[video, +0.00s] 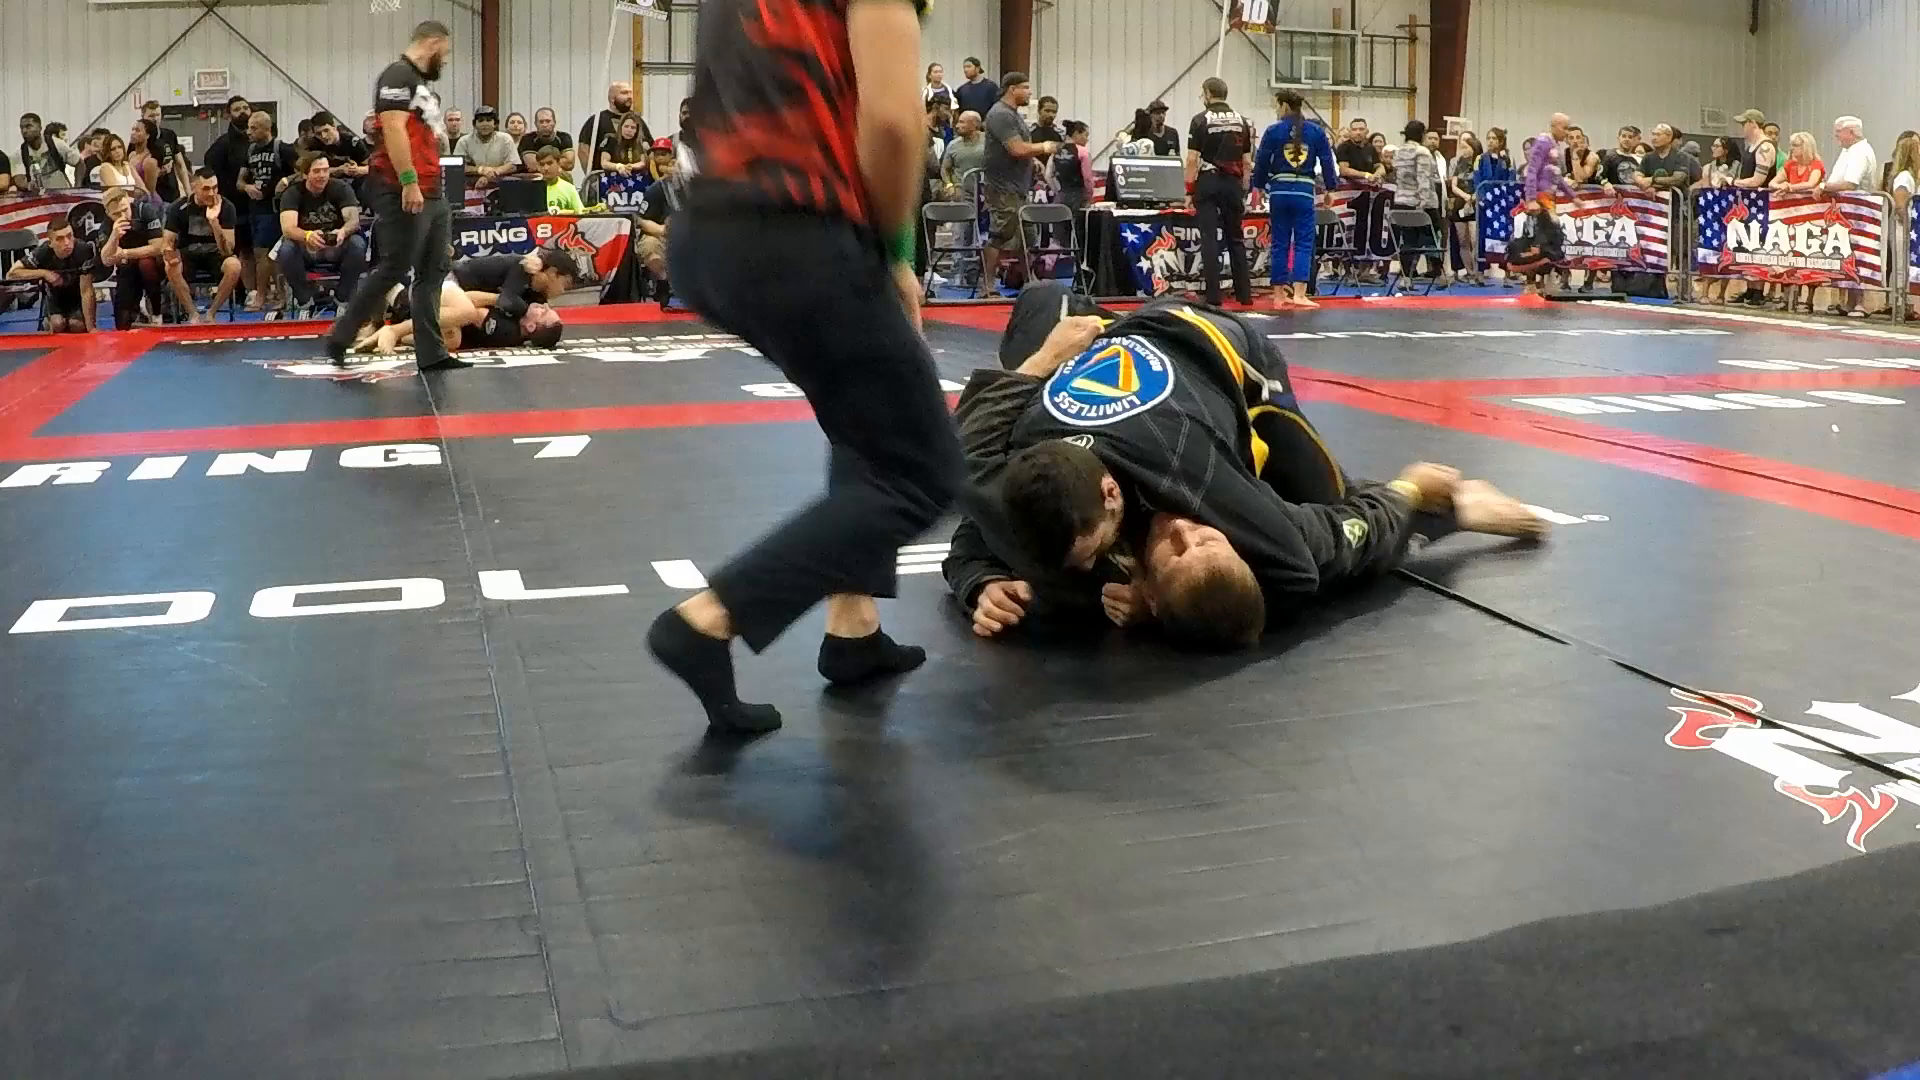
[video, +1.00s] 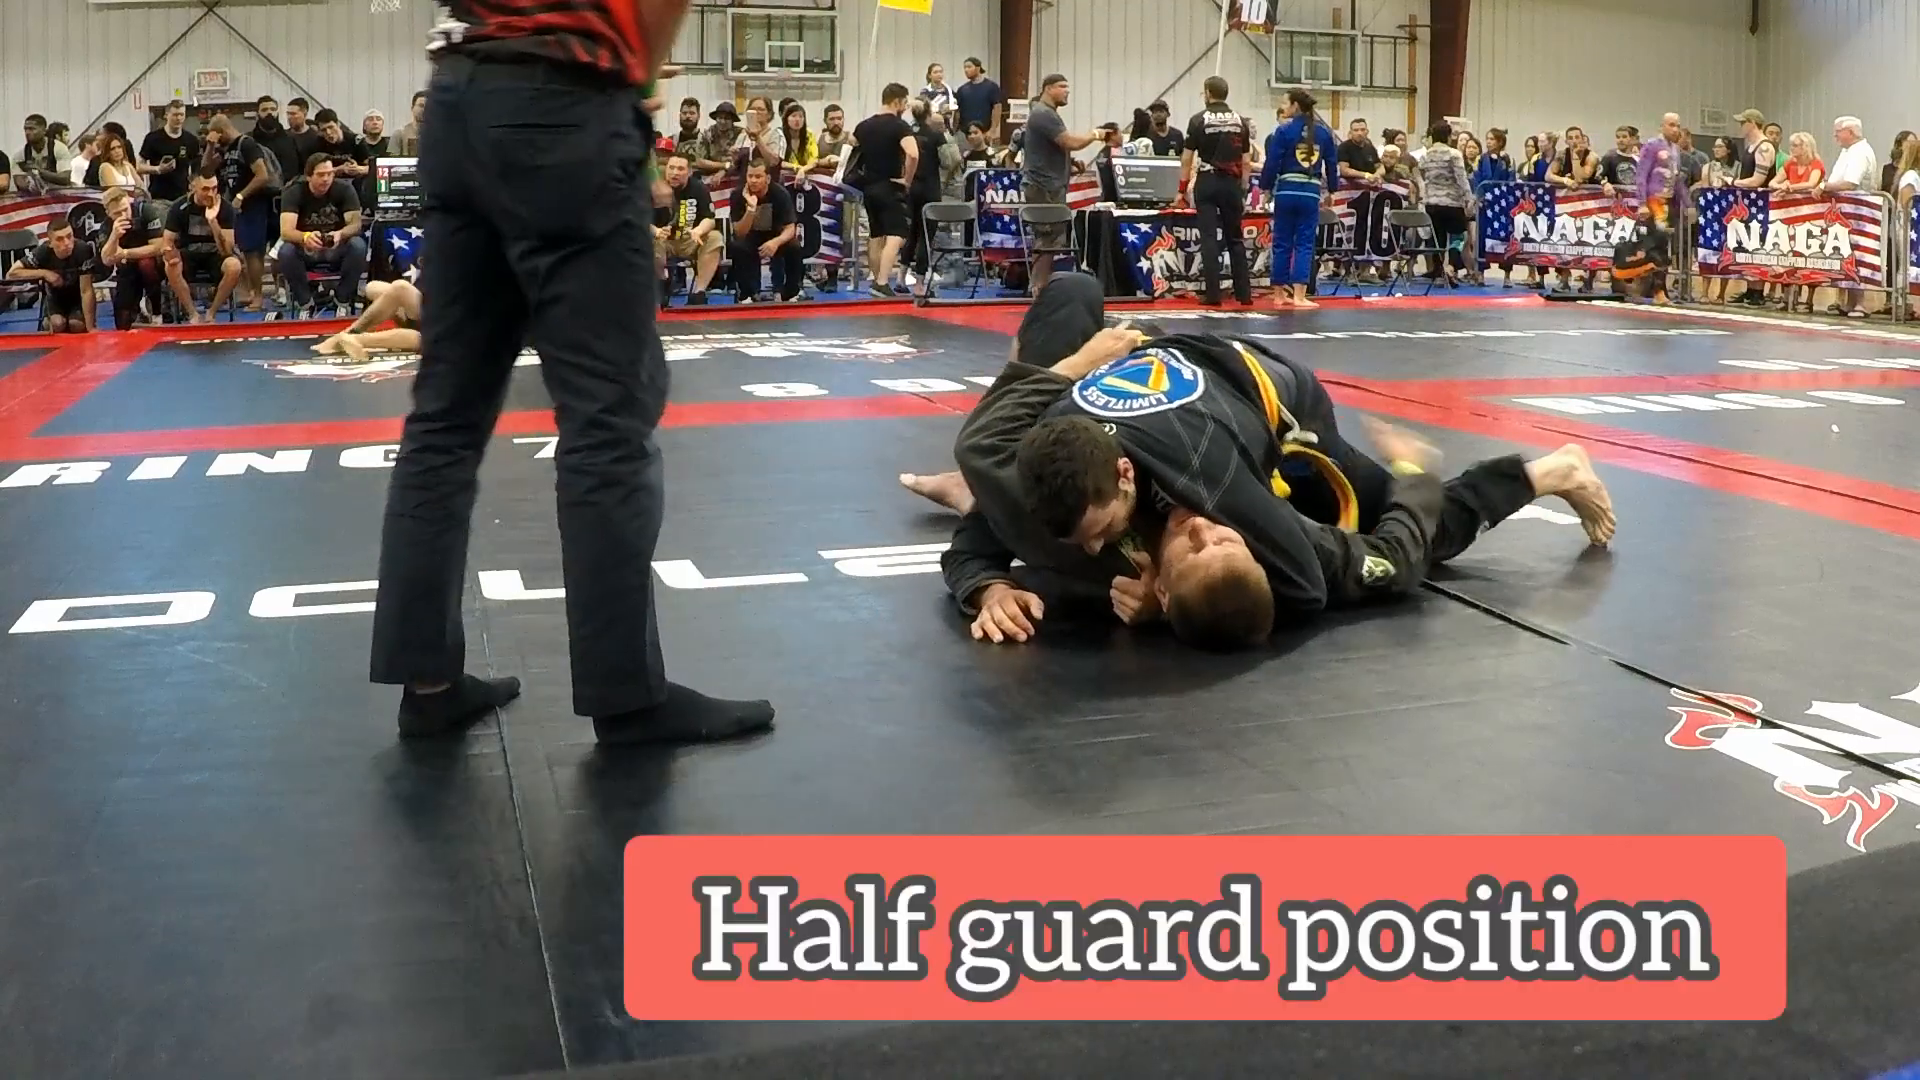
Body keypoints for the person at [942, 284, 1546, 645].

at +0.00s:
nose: (1089, 562)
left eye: (1097, 548)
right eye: (1069, 560)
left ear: (1112, 495)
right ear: (1019, 529)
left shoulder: (1183, 476)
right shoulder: (1001, 491)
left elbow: (1304, 565)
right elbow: (966, 551)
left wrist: (1153, 601)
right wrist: (977, 589)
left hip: (1218, 352)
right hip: (1112, 343)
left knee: (1328, 532)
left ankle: (1438, 495)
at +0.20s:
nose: (1097, 562)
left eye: (1106, 548)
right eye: (1077, 558)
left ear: (1123, 497)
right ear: (1028, 531)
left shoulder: (1197, 476)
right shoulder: (1009, 495)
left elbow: (1311, 566)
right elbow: (971, 547)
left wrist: (1157, 595)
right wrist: (977, 586)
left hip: (1239, 359)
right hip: (1131, 345)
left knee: (1346, 562)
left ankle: (1472, 504)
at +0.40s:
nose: (1099, 561)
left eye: (1106, 547)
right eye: (1082, 557)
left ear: (1129, 494)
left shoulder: (1210, 489)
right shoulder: (996, 483)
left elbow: (1308, 578)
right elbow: (960, 554)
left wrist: (1168, 600)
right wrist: (981, 590)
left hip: (1245, 364)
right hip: (1138, 350)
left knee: (1378, 549)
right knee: (1046, 282)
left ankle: (1511, 491)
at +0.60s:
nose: (1105, 552)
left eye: (1112, 540)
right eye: (1088, 548)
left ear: (1136, 487)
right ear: (1038, 518)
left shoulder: (1204, 474)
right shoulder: (1002, 486)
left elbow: (1313, 568)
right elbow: (960, 556)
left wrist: (1165, 597)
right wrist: (981, 591)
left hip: (1243, 363)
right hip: (1131, 351)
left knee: (1363, 548)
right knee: (1024, 290)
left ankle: (1493, 497)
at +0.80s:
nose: (1104, 547)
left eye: (1114, 534)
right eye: (1088, 541)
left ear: (1136, 479)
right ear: (1040, 504)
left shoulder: (1206, 476)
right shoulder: (1001, 475)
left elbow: (1312, 571)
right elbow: (961, 553)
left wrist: (1167, 596)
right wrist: (983, 591)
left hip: (1247, 366)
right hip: (1134, 351)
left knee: (1383, 544)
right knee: (1048, 289)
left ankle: (1523, 487)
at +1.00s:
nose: (1091, 543)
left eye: (1100, 531)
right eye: (1072, 537)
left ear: (1129, 488)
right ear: (1027, 508)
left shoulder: (1203, 489)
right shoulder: (1004, 475)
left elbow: (1313, 582)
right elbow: (966, 554)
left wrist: (1166, 607)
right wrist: (983, 593)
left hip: (1255, 387)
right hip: (1141, 355)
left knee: (1392, 531)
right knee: (1063, 288)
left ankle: (1539, 469)